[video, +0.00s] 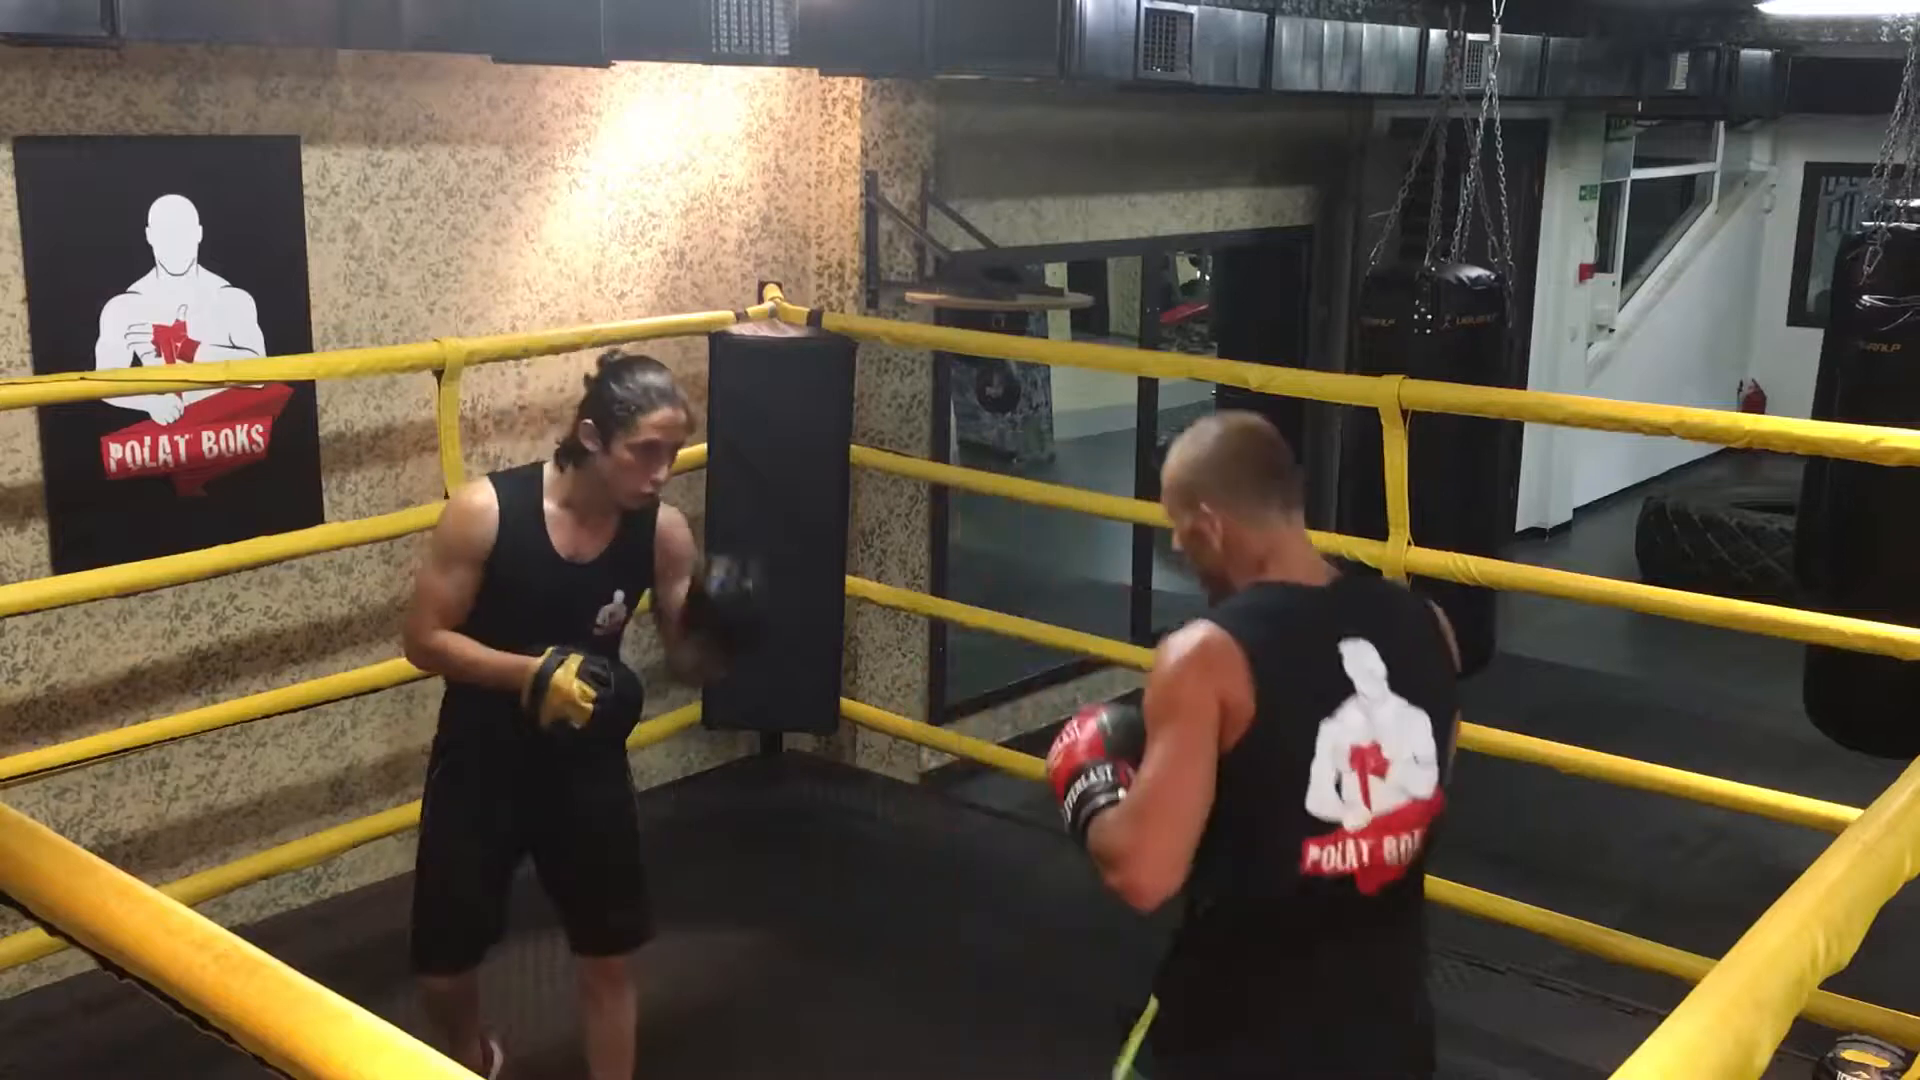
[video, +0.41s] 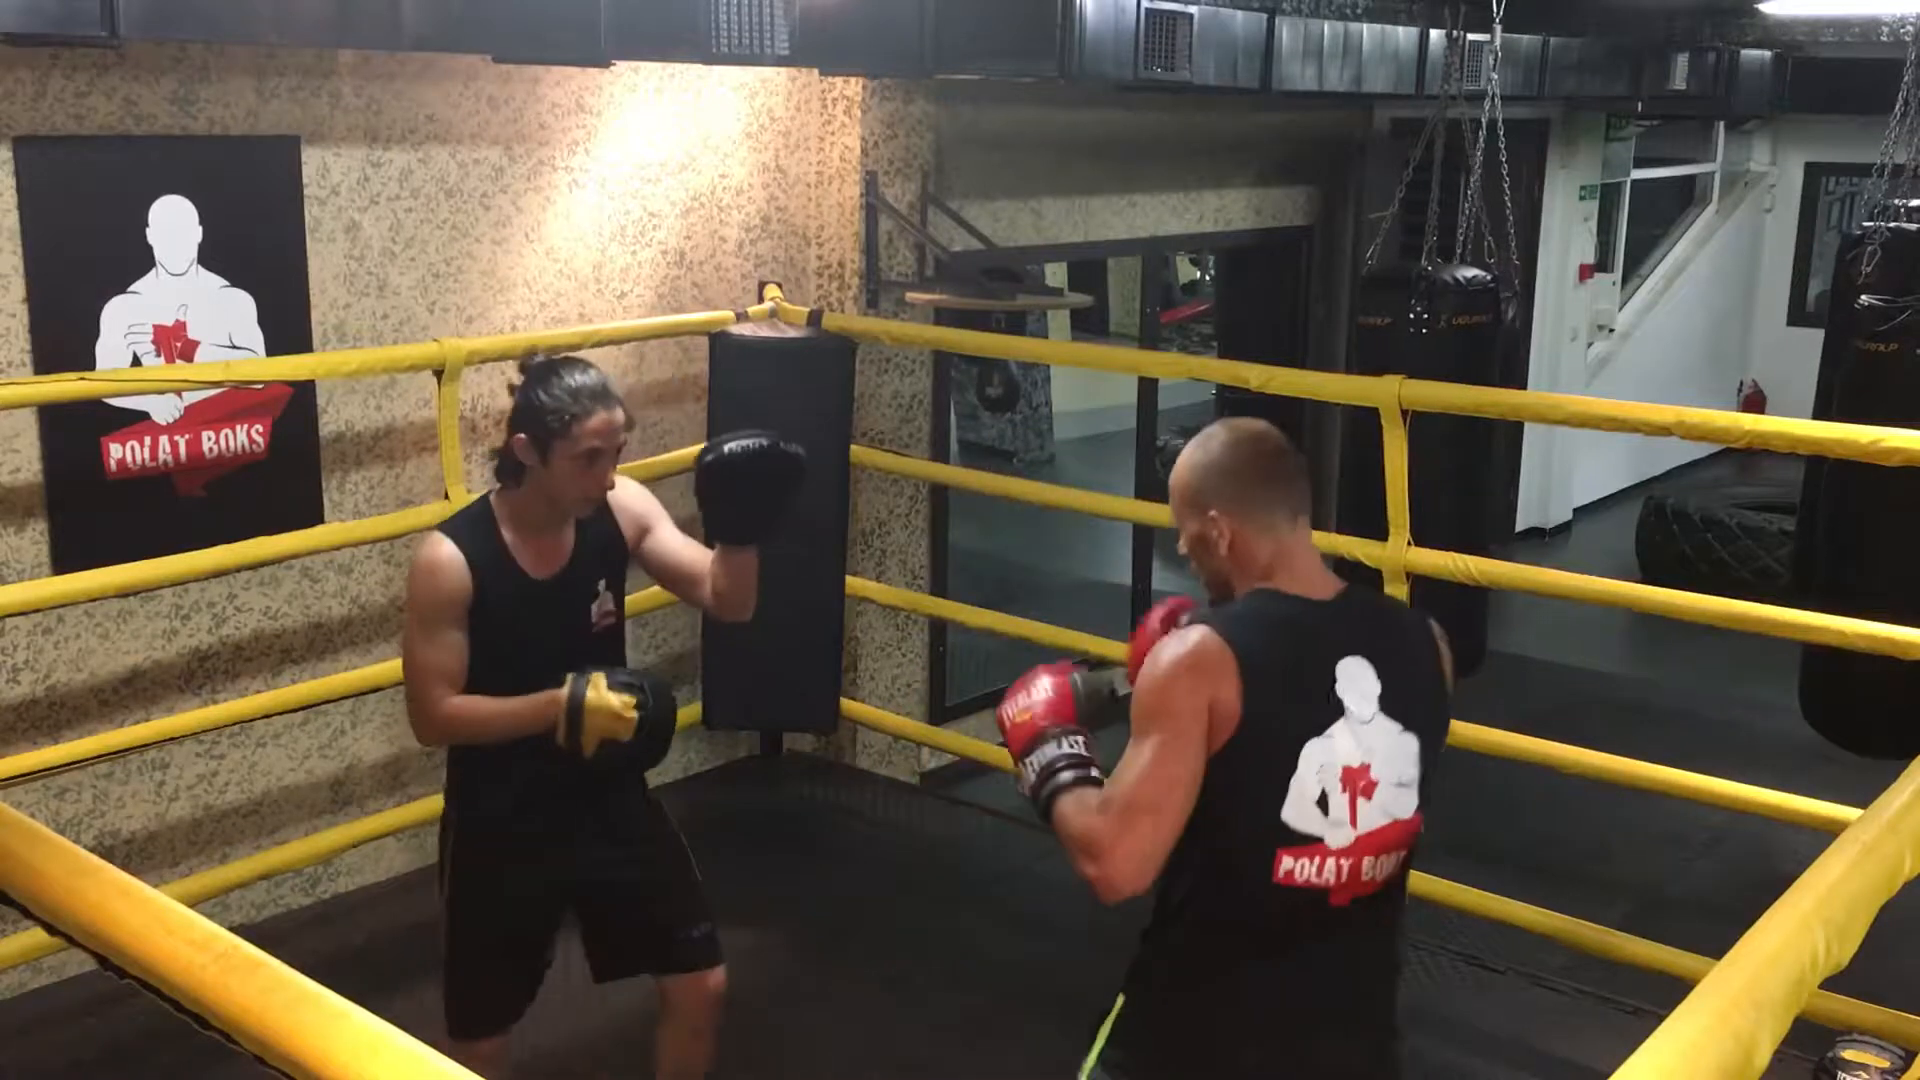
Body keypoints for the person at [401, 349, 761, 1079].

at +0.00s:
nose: (660, 474)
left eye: (671, 454)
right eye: (646, 453)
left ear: (679, 449)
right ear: (591, 437)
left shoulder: (662, 532)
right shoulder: (486, 511)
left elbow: (689, 665)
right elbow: (422, 637)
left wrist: (721, 622)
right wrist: (532, 674)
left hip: (588, 765)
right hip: (480, 763)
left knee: (608, 963)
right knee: (443, 966)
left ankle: (613, 1071)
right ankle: (474, 1059)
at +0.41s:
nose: (609, 476)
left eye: (616, 454)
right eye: (590, 459)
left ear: (622, 441)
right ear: (525, 450)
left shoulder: (623, 508)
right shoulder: (449, 561)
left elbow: (730, 601)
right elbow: (431, 715)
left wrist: (741, 516)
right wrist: (563, 706)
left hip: (610, 794)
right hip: (499, 814)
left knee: (698, 982)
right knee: (478, 1035)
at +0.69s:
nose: (652, 465)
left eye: (660, 442)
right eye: (632, 447)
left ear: (669, 432)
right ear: (570, 443)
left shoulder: (685, 505)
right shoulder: (499, 551)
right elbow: (484, 707)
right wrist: (606, 700)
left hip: (655, 805)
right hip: (540, 816)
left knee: (703, 1012)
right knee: (506, 1032)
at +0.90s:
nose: (655, 450)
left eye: (663, 428)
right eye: (633, 430)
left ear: (670, 423)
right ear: (573, 427)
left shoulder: (688, 513)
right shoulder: (507, 548)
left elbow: (754, 597)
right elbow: (479, 702)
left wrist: (793, 619)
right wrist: (606, 697)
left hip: (663, 807)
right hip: (547, 816)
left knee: (705, 1016)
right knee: (502, 1025)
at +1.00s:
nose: (655, 448)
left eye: (663, 427)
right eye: (635, 430)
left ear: (672, 425)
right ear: (574, 429)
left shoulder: (673, 513)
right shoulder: (513, 558)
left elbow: (688, 610)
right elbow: (487, 718)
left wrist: (734, 654)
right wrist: (631, 730)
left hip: (669, 793)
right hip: (557, 810)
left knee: (733, 980)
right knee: (517, 1019)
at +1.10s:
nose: (678, 439)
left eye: (683, 419)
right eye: (659, 422)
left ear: (689, 417)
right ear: (599, 419)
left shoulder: (681, 507)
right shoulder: (533, 545)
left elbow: (682, 617)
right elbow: (505, 704)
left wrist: (721, 665)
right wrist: (647, 725)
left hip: (683, 780)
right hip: (573, 800)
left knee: (761, 958)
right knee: (524, 1011)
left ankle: (786, 1074)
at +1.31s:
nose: (768, 450)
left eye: (775, 431)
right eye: (750, 430)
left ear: (780, 435)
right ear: (693, 429)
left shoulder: (760, 533)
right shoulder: (611, 539)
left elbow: (755, 634)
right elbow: (565, 686)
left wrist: (790, 684)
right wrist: (693, 730)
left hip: (726, 784)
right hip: (617, 793)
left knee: (802, 953)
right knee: (543, 1003)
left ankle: (828, 1071)